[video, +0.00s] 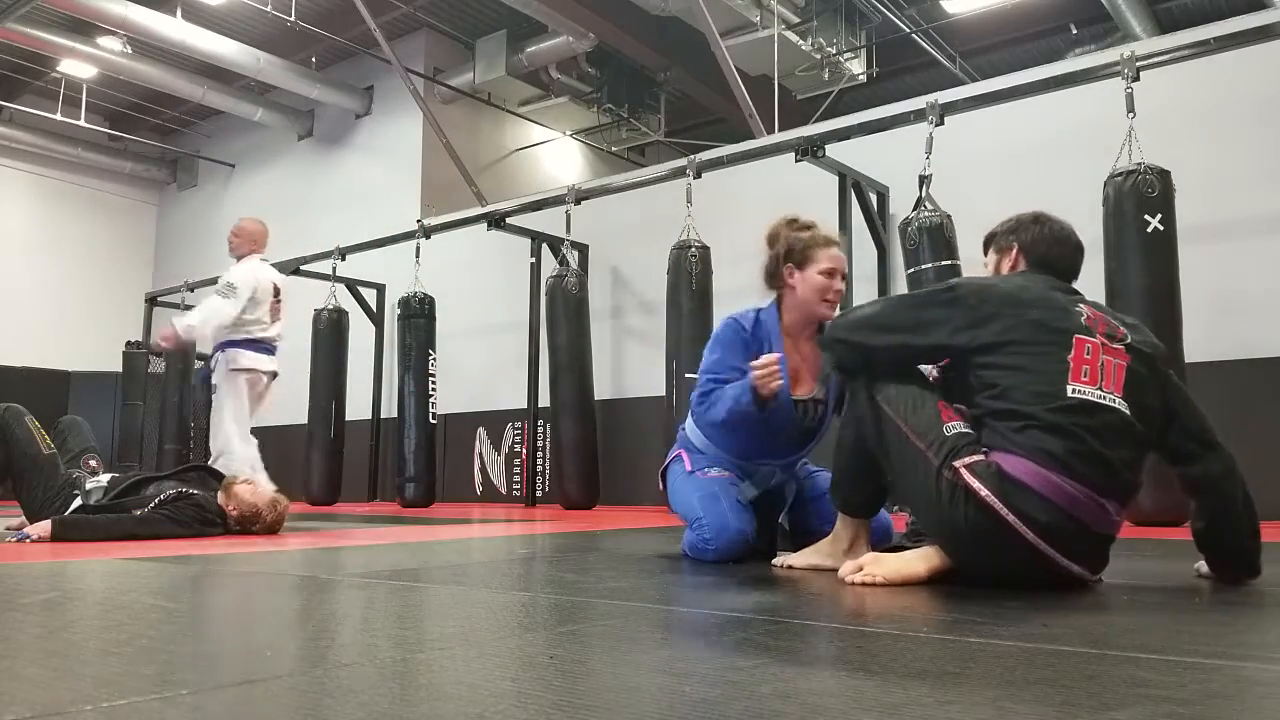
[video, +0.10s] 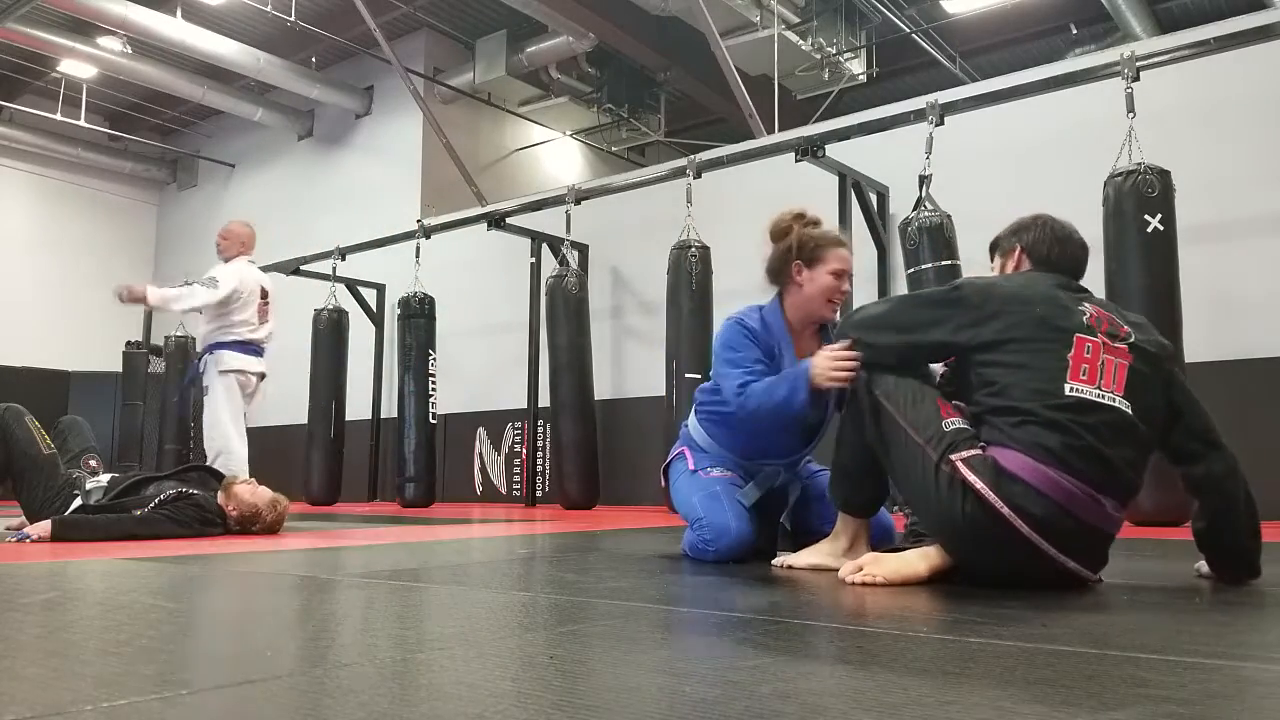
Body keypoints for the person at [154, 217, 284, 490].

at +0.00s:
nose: (229, 238)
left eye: (236, 235)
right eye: (231, 233)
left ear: (252, 243)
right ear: (257, 244)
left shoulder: (243, 273)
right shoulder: (273, 275)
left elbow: (219, 309)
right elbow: (270, 325)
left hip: (238, 361)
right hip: (264, 363)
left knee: (226, 431)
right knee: (237, 430)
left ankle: (234, 497)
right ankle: (262, 495)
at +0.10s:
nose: (217, 242)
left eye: (224, 238)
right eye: (219, 237)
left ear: (242, 244)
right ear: (245, 247)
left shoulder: (231, 272)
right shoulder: (262, 278)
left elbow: (199, 294)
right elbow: (264, 329)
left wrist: (148, 294)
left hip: (226, 361)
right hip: (251, 363)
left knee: (222, 435)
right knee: (229, 433)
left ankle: (230, 505)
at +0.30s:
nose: (194, 250)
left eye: (201, 246)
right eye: (196, 245)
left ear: (219, 253)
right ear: (221, 254)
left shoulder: (209, 279)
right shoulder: (237, 285)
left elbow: (175, 296)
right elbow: (243, 333)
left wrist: (129, 276)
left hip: (202, 368)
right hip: (226, 371)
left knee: (205, 440)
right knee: (193, 441)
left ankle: (229, 499)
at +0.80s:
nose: (136, 257)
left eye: (142, 253)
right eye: (137, 253)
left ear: (159, 259)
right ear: (162, 261)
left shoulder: (150, 285)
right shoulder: (181, 290)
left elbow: (143, 331)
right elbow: (187, 339)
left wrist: (121, 368)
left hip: (148, 374)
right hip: (175, 376)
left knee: (120, 439)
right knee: (175, 443)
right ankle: (188, 497)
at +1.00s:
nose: (102, 258)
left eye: (108, 254)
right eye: (103, 253)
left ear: (126, 257)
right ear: (130, 260)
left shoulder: (117, 286)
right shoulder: (156, 292)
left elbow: (105, 332)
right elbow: (161, 339)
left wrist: (84, 370)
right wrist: (149, 368)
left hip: (114, 374)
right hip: (145, 377)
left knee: (93, 436)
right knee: (134, 438)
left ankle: (93, 500)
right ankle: (165, 490)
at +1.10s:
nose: (88, 258)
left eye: (94, 253)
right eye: (89, 253)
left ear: (112, 256)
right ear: (117, 258)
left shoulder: (104, 285)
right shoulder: (145, 292)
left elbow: (89, 331)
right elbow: (154, 337)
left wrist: (63, 370)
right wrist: (139, 371)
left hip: (102, 370)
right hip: (132, 373)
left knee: (90, 438)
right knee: (116, 437)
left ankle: (92, 500)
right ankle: (141, 486)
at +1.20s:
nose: (77, 258)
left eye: (82, 253)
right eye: (78, 253)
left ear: (100, 256)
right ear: (105, 257)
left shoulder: (91, 284)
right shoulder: (134, 290)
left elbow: (74, 330)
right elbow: (144, 336)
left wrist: (44, 366)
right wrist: (131, 372)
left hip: (93, 370)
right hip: (123, 373)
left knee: (87, 435)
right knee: (96, 434)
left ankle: (98, 498)